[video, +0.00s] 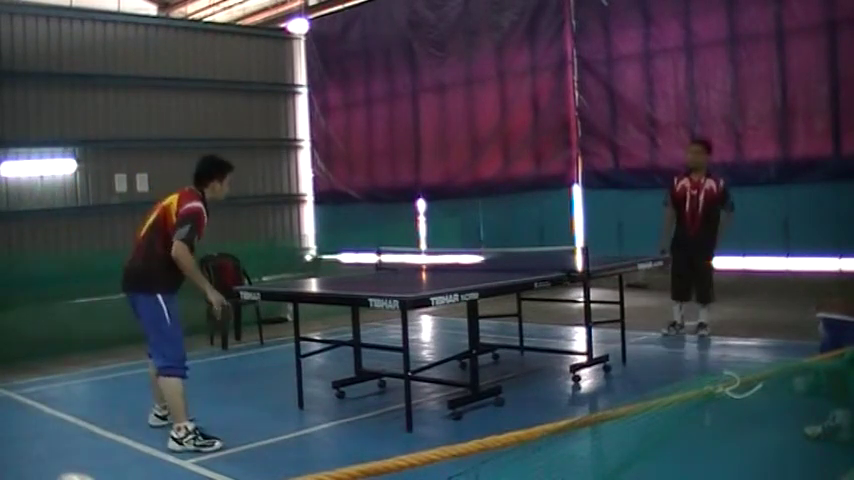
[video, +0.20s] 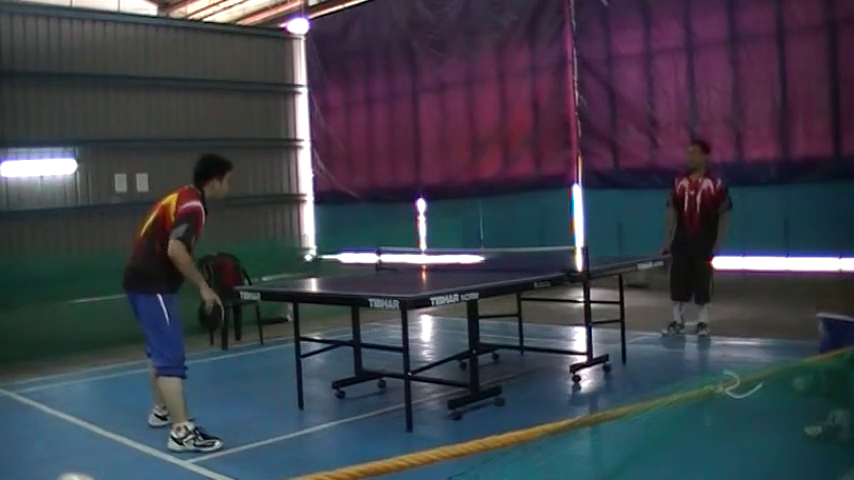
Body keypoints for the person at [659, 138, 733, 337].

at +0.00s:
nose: (693, 158)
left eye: (698, 153)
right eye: (690, 153)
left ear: (707, 157)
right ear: (687, 156)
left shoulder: (717, 185)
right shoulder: (678, 184)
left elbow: (726, 215)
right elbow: (670, 214)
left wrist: (716, 240)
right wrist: (665, 241)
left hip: (704, 244)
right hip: (681, 243)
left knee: (703, 285)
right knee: (678, 283)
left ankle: (703, 322)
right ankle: (677, 321)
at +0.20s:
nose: (690, 158)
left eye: (695, 153)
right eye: (689, 153)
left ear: (705, 157)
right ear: (686, 156)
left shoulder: (716, 185)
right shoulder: (680, 184)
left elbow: (723, 215)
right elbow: (672, 213)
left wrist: (718, 243)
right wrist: (667, 241)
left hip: (704, 243)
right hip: (681, 242)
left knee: (702, 285)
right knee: (678, 283)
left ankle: (703, 322)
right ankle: (677, 321)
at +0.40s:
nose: (689, 159)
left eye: (693, 154)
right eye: (687, 154)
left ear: (703, 158)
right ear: (685, 158)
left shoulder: (715, 185)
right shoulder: (680, 186)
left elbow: (723, 216)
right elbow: (675, 216)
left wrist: (717, 245)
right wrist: (673, 242)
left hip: (704, 242)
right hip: (682, 242)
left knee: (702, 284)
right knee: (678, 282)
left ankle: (703, 322)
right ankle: (677, 321)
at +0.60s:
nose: (689, 159)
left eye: (693, 154)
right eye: (688, 154)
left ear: (703, 158)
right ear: (685, 158)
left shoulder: (714, 185)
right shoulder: (680, 185)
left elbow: (719, 217)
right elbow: (675, 216)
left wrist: (718, 245)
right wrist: (673, 243)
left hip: (704, 242)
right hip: (683, 241)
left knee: (703, 282)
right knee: (678, 279)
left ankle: (703, 321)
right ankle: (677, 320)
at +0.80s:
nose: (690, 159)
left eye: (694, 155)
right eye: (688, 155)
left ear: (704, 157)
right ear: (686, 158)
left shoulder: (715, 185)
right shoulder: (680, 185)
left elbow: (720, 216)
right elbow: (675, 215)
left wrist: (712, 242)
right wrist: (672, 242)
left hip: (704, 242)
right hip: (683, 241)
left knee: (703, 283)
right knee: (677, 281)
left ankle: (703, 321)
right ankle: (676, 320)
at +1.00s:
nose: (690, 159)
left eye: (694, 155)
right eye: (688, 155)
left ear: (704, 157)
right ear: (686, 158)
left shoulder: (716, 185)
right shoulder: (680, 185)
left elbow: (720, 218)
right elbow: (675, 216)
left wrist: (713, 246)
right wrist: (671, 243)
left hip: (704, 245)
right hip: (682, 243)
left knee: (703, 285)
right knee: (677, 283)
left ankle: (703, 322)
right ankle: (676, 320)